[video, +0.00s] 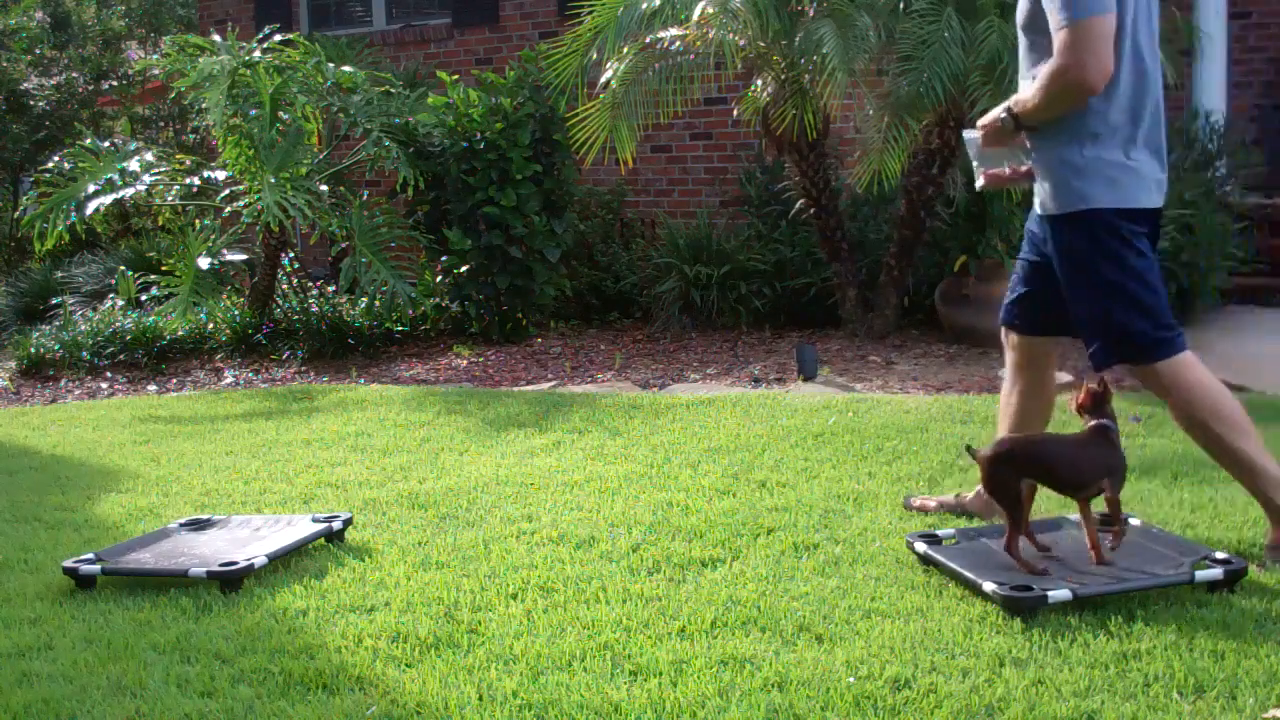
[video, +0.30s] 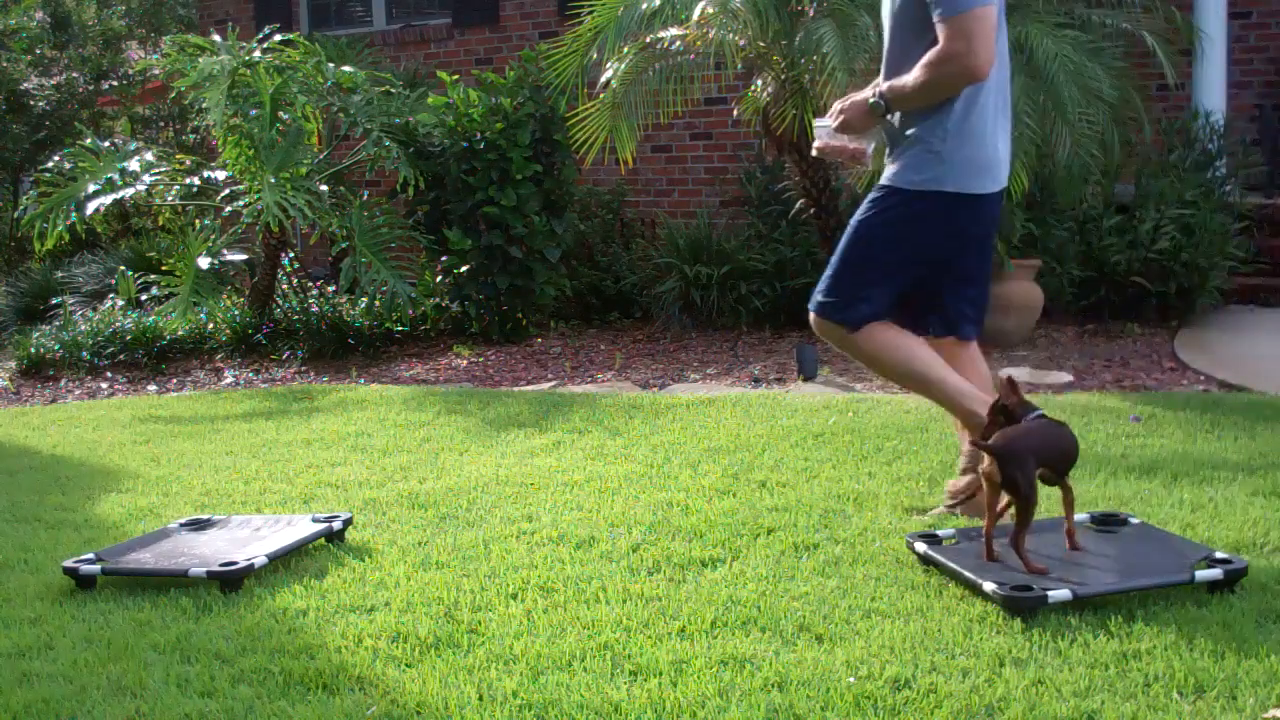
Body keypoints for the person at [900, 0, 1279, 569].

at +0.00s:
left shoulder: (1083, 0)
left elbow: (1083, 68)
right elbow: (1113, 84)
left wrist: (1011, 114)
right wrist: (1040, 156)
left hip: (1094, 186)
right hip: (1073, 184)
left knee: (1160, 359)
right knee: (1026, 332)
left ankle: (1278, 504)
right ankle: (1001, 494)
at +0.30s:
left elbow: (967, 58)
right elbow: (933, 62)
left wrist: (877, 101)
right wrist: (869, 116)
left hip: (933, 172)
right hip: (970, 170)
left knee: (837, 314)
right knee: (953, 334)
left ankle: (988, 416)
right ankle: (984, 479)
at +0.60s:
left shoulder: (799, 2)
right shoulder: (809, 4)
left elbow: (814, 98)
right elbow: (796, 94)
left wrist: (731, 132)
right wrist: (727, 130)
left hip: (782, 203)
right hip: (826, 199)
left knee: (711, 355)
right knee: (874, 341)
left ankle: (671, 520)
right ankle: (967, 478)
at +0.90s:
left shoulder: (643, 3)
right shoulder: (626, 6)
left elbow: (645, 98)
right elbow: (629, 93)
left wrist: (574, 120)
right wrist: (568, 138)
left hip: (651, 193)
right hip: (633, 190)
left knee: (630, 352)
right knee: (579, 311)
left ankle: (660, 521)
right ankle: (713, 420)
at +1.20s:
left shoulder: (537, 5)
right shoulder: (488, 5)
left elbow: (544, 120)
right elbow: (515, 101)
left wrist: (459, 184)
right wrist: (468, 131)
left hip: (542, 204)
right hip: (504, 203)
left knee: (579, 357)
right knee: (477, 343)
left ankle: (656, 515)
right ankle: (449, 496)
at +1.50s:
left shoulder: (428, 14)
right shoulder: (382, 4)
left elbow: (402, 131)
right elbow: (396, 95)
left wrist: (358, 229)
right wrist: (363, 137)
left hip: (419, 206)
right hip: (406, 199)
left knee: (342, 337)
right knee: (408, 345)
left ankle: (486, 437)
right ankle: (432, 498)